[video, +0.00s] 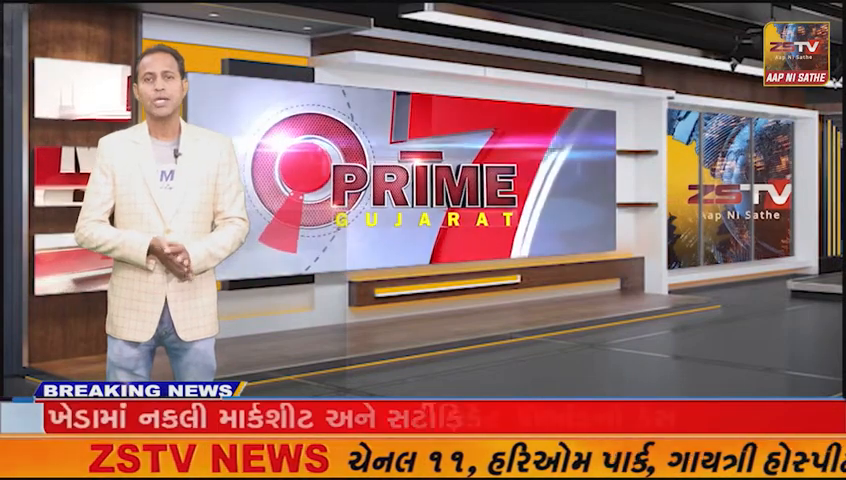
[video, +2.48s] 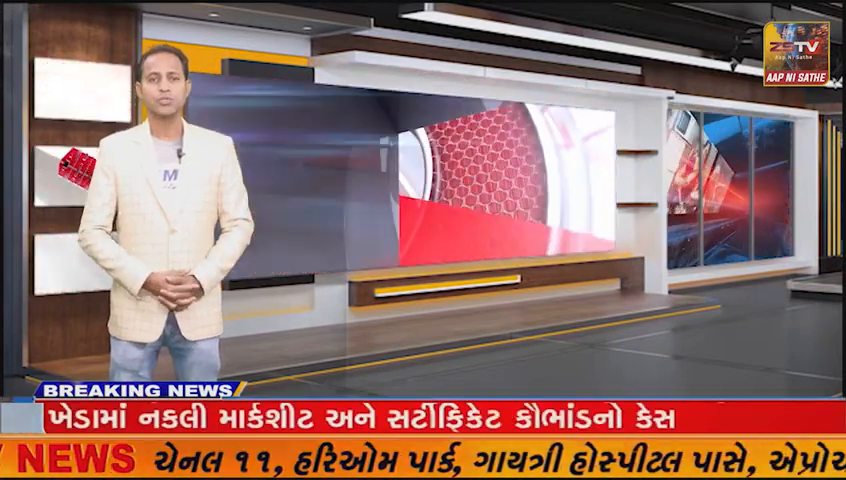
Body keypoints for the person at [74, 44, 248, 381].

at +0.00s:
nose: (159, 86)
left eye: (168, 76)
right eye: (149, 78)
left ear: (184, 86)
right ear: (136, 91)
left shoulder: (217, 147)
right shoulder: (113, 147)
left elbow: (235, 222)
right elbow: (88, 228)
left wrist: (195, 256)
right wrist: (147, 245)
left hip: (193, 302)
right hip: (132, 303)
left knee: (199, 413)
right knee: (123, 416)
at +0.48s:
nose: (160, 86)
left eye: (169, 77)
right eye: (149, 78)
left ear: (184, 86)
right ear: (137, 91)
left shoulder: (216, 146)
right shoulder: (113, 148)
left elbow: (235, 222)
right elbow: (89, 228)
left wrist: (194, 255)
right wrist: (148, 245)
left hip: (194, 303)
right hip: (132, 303)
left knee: (200, 414)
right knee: (124, 416)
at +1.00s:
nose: (159, 85)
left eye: (168, 76)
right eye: (149, 78)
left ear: (183, 87)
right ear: (136, 91)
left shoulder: (216, 147)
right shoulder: (112, 149)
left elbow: (242, 220)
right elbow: (84, 228)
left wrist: (201, 255)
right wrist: (140, 251)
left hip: (195, 303)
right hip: (133, 304)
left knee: (201, 416)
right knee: (125, 417)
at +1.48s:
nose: (161, 85)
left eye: (170, 77)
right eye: (150, 78)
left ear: (185, 87)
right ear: (137, 91)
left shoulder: (216, 148)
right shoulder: (114, 149)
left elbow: (241, 222)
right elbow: (82, 229)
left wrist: (203, 268)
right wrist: (140, 266)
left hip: (196, 308)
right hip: (134, 308)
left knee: (201, 419)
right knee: (124, 420)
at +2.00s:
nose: (163, 86)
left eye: (172, 77)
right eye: (152, 78)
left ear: (186, 87)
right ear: (139, 90)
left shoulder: (217, 148)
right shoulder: (114, 149)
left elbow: (238, 224)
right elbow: (89, 232)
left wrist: (200, 279)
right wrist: (146, 279)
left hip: (198, 309)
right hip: (134, 310)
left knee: (203, 420)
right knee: (126, 421)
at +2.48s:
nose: (164, 86)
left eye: (173, 78)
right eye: (154, 78)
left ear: (187, 87)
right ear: (140, 89)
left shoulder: (219, 147)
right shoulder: (114, 149)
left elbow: (239, 224)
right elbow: (92, 232)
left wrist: (201, 279)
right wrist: (145, 279)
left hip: (198, 310)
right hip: (134, 310)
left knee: (204, 420)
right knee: (127, 421)